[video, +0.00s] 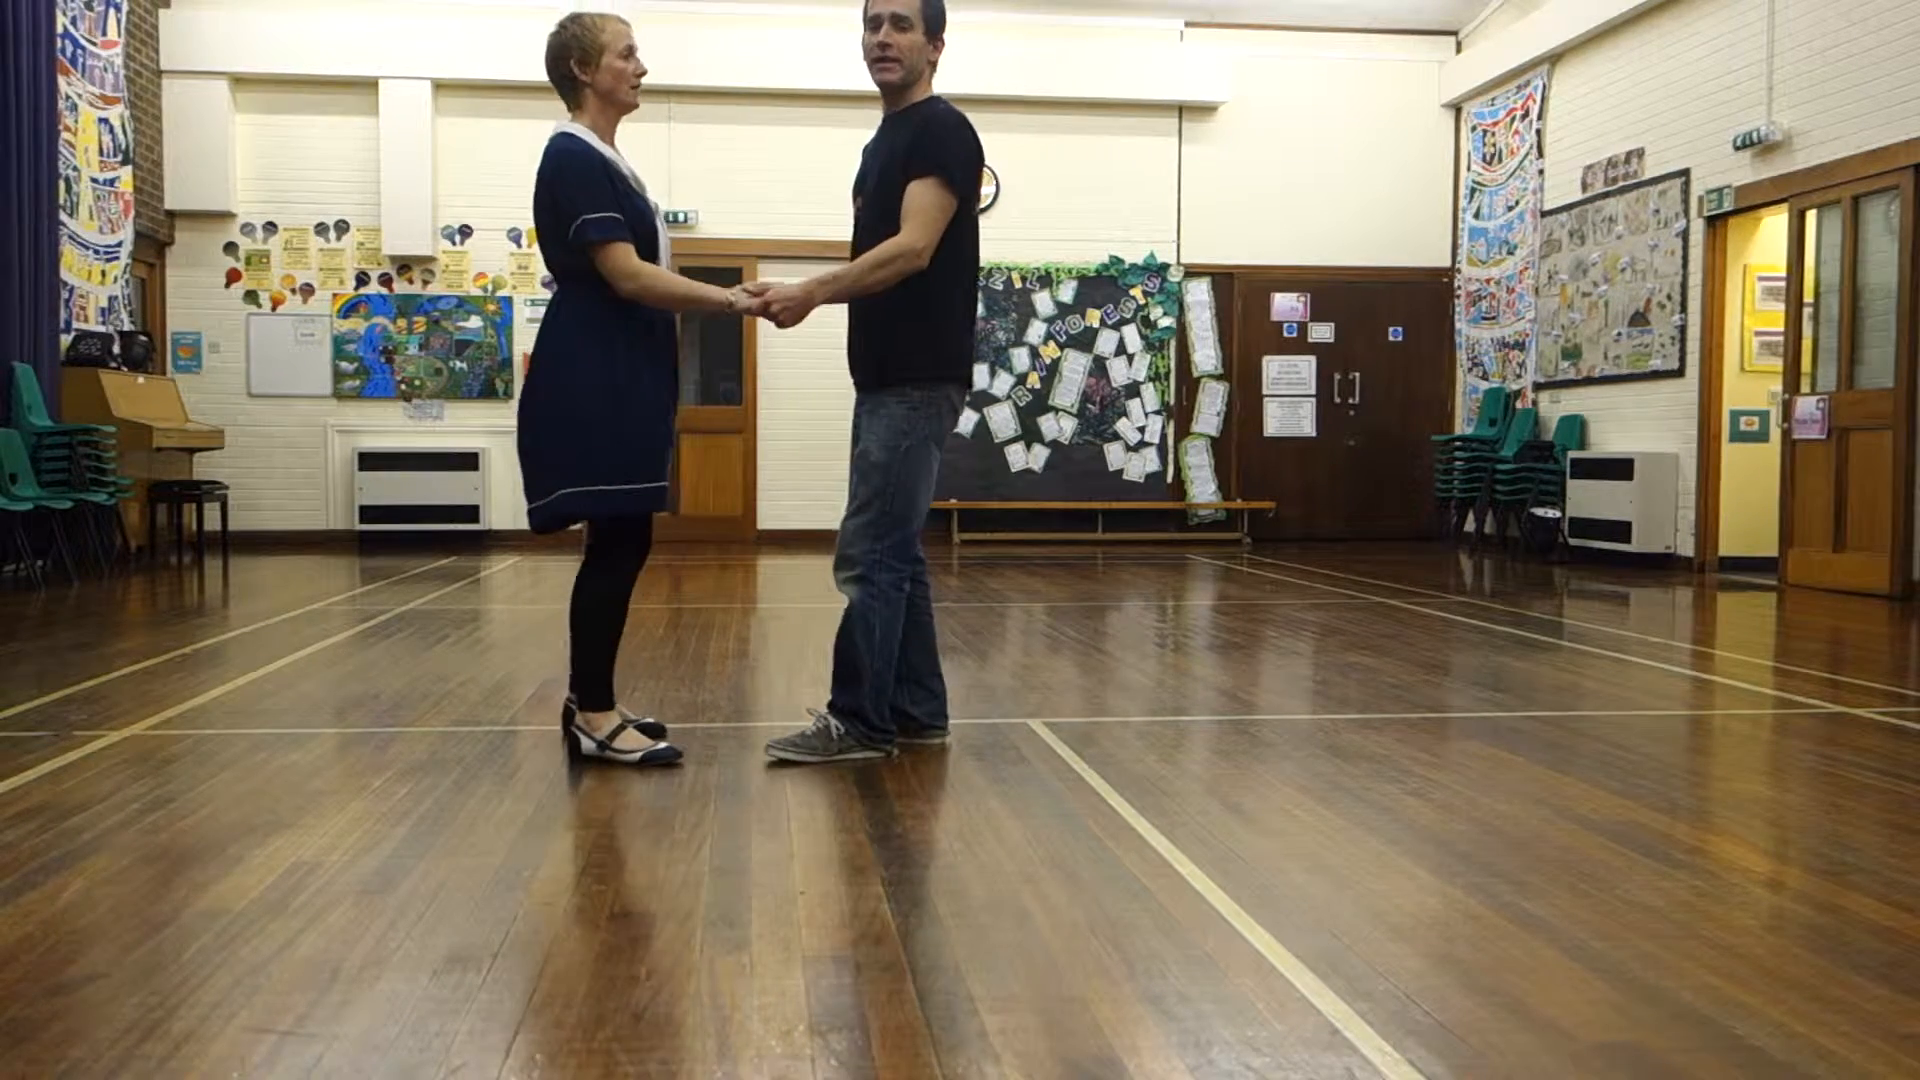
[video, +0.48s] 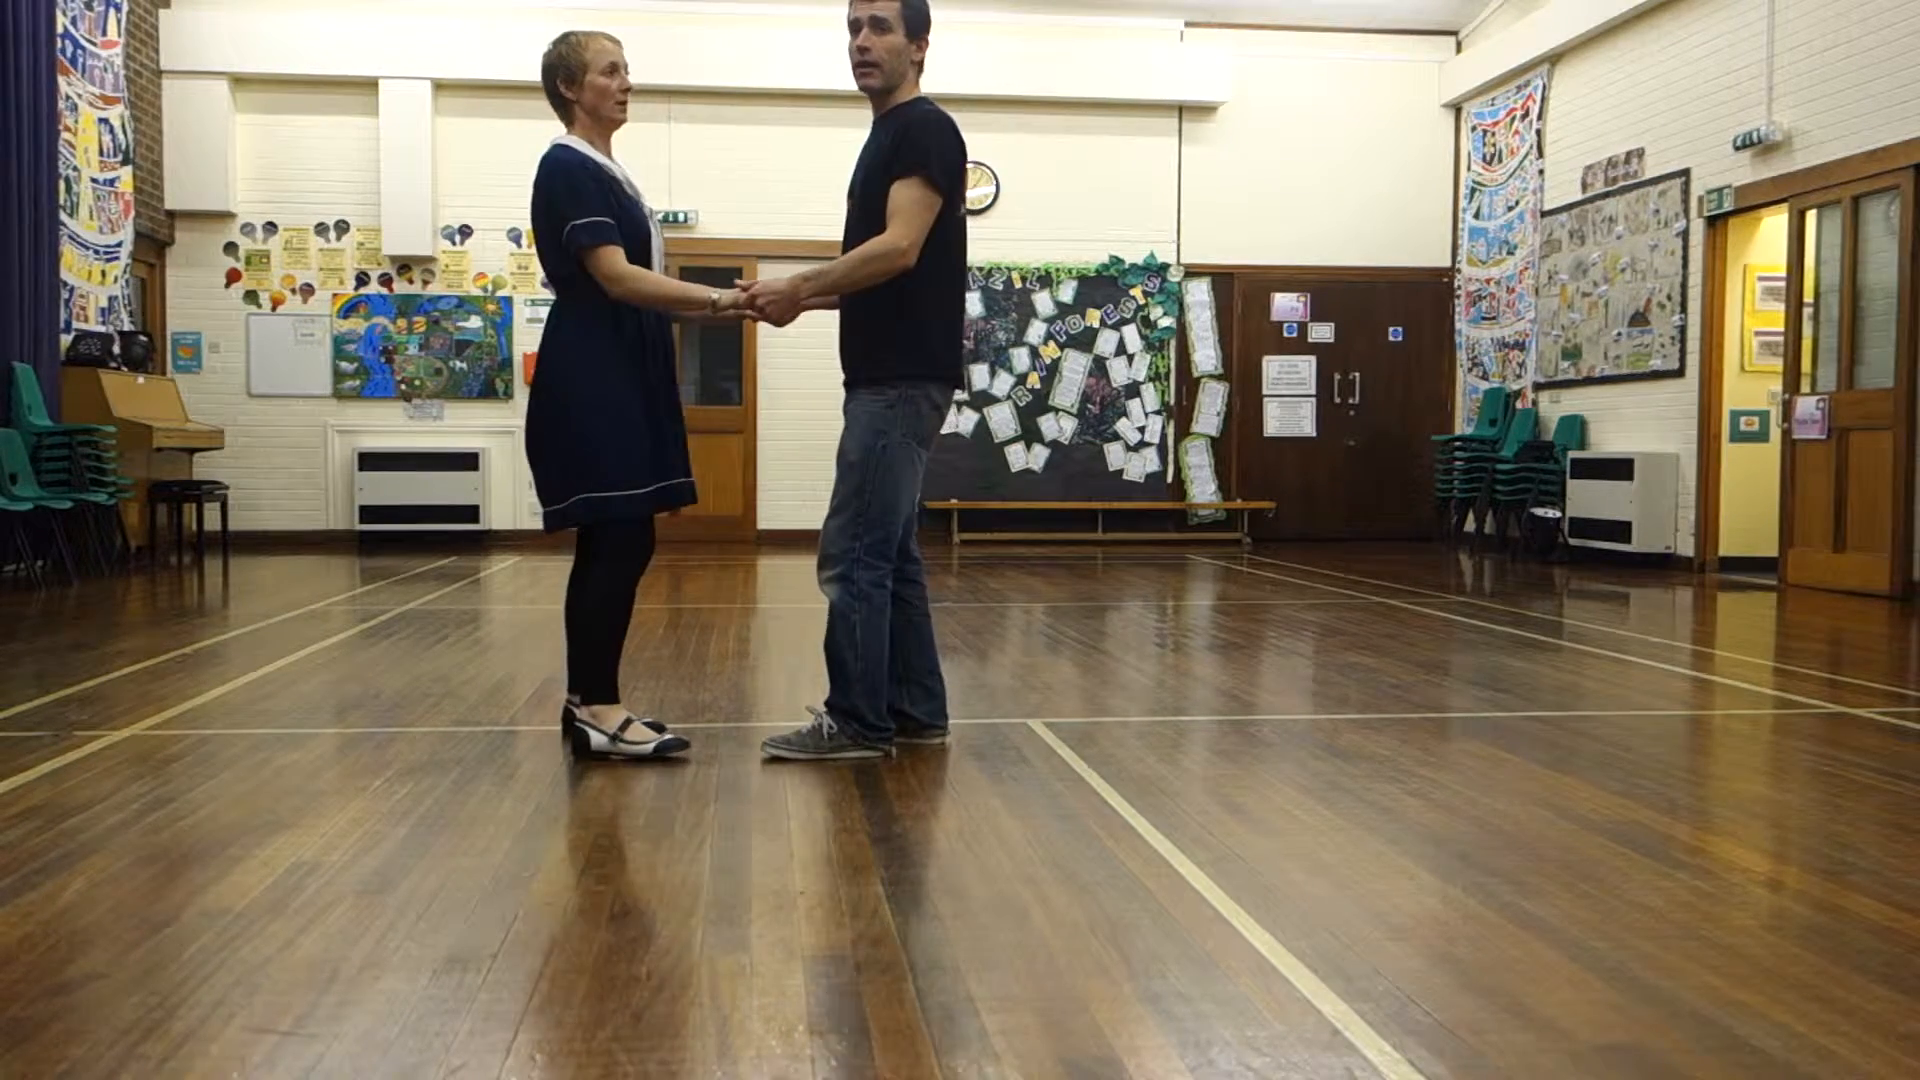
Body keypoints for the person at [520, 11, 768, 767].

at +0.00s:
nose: (641, 67)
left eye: (637, 55)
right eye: (626, 55)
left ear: (594, 73)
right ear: (583, 71)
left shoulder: (605, 159)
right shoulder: (575, 155)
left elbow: (638, 272)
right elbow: (626, 275)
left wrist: (727, 295)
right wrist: (729, 299)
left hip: (626, 387)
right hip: (603, 387)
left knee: (622, 543)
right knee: (618, 543)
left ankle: (593, 705)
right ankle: (593, 717)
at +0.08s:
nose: (637, 71)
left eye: (634, 59)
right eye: (621, 59)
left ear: (595, 76)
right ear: (578, 74)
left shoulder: (604, 162)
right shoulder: (575, 159)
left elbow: (638, 275)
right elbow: (629, 276)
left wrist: (730, 301)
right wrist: (735, 304)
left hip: (624, 387)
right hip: (602, 388)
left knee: (621, 542)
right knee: (618, 542)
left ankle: (592, 705)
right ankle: (593, 717)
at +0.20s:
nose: (633, 77)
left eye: (631, 65)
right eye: (617, 66)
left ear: (591, 81)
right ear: (575, 80)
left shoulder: (601, 165)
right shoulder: (575, 162)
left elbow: (637, 276)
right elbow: (630, 276)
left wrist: (731, 301)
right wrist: (736, 305)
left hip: (620, 388)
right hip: (598, 389)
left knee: (622, 542)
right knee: (616, 542)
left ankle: (594, 705)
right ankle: (592, 715)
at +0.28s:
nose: (630, 81)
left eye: (629, 68)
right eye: (615, 69)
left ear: (592, 85)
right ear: (573, 83)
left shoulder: (602, 168)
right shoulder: (573, 165)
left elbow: (638, 277)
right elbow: (627, 276)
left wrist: (731, 299)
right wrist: (735, 303)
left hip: (620, 390)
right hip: (596, 391)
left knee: (620, 542)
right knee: (614, 543)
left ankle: (593, 705)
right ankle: (592, 714)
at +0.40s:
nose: (628, 82)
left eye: (627, 70)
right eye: (612, 71)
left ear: (594, 87)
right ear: (571, 86)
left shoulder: (603, 169)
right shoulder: (571, 166)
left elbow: (636, 278)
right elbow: (619, 276)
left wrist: (724, 294)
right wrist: (727, 299)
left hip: (619, 387)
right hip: (597, 388)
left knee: (617, 542)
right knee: (617, 542)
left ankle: (592, 704)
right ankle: (596, 711)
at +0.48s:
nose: (627, 83)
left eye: (626, 71)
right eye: (611, 72)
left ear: (597, 89)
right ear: (570, 88)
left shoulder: (606, 171)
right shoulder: (571, 167)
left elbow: (640, 279)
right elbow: (616, 277)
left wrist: (724, 295)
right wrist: (723, 300)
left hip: (619, 388)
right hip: (596, 388)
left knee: (614, 542)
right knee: (622, 542)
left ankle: (590, 701)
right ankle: (599, 710)